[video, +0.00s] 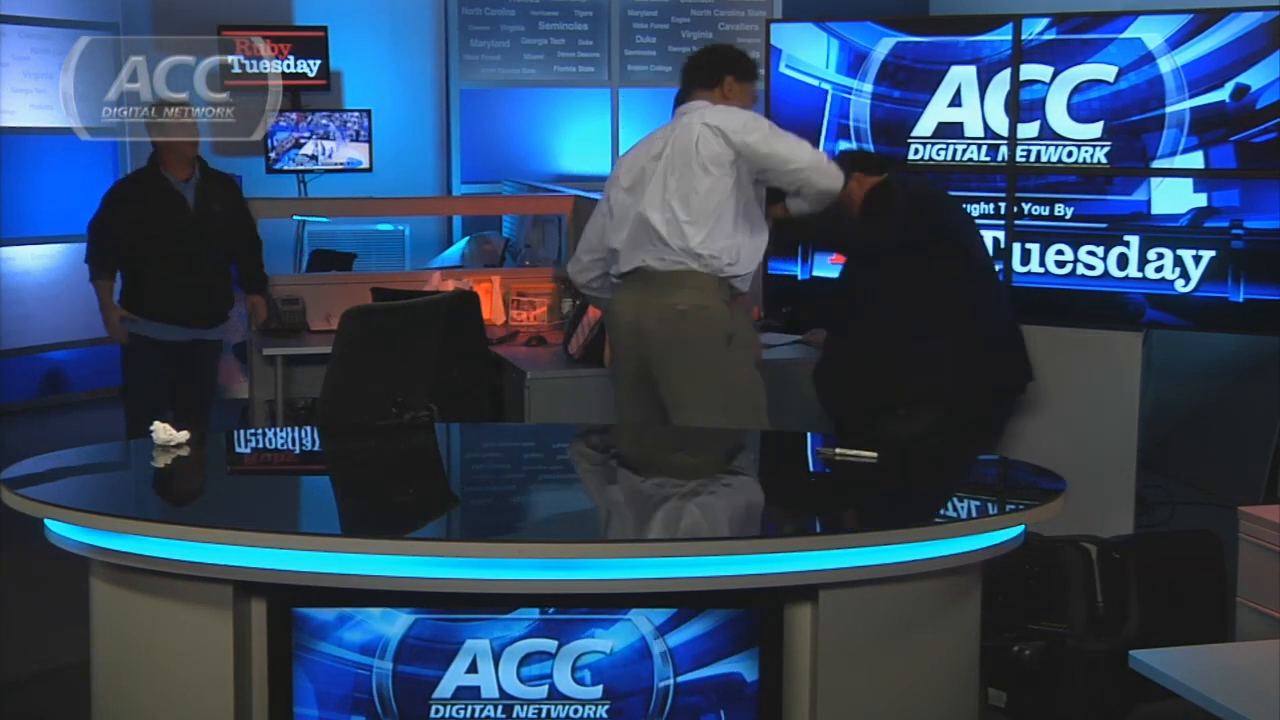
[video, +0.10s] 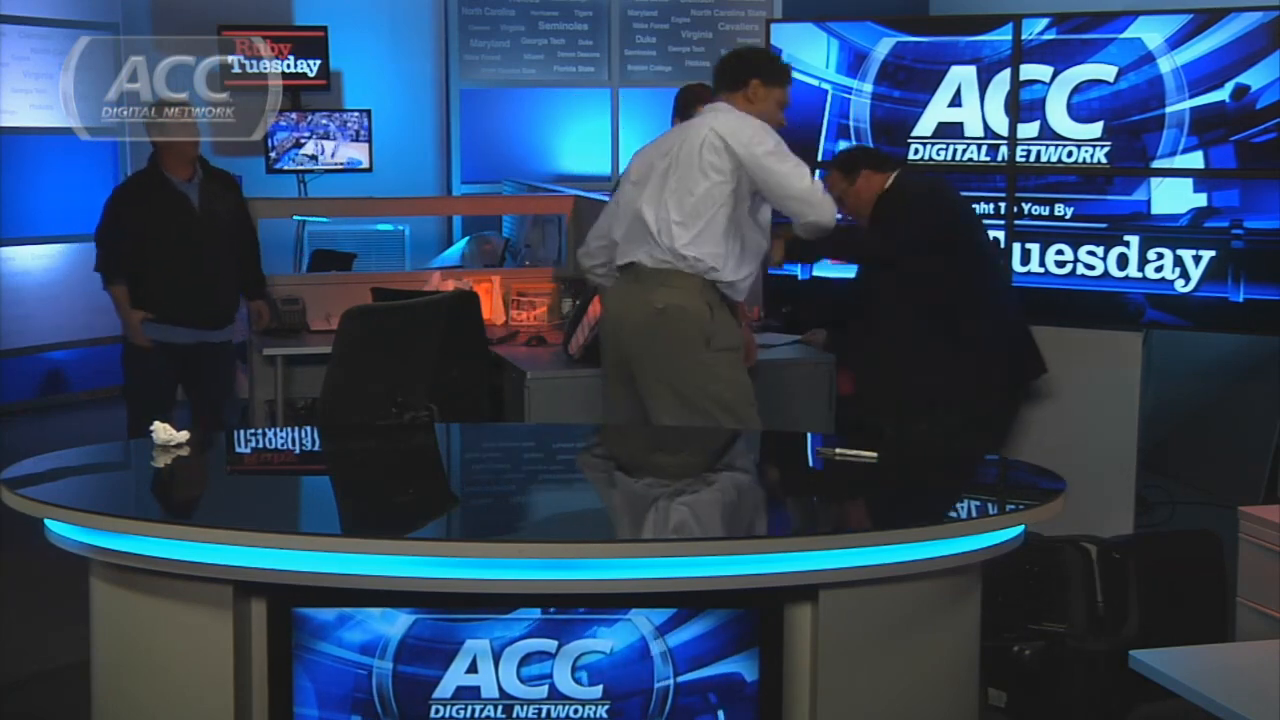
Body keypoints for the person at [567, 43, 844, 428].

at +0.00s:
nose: (753, 104)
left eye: (753, 95)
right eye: (750, 93)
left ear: (687, 91)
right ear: (728, 85)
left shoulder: (633, 157)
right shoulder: (727, 122)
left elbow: (585, 269)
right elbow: (826, 180)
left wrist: (635, 307)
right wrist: (781, 210)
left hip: (629, 312)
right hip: (698, 307)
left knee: (642, 459)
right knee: (714, 462)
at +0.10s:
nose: (782, 119)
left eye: (784, 109)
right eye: (779, 106)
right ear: (752, 91)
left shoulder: (653, 149)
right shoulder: (741, 128)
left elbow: (594, 255)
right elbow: (820, 215)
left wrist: (638, 299)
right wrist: (783, 240)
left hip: (623, 306)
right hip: (686, 308)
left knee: (630, 452)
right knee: (730, 457)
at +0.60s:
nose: (944, 212)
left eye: (951, 202)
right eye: (945, 197)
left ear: (908, 171)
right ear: (914, 174)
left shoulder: (810, 173)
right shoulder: (869, 207)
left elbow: (703, 227)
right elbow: (859, 337)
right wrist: (920, 346)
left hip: (669, 306)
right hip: (714, 325)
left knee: (704, 477)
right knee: (783, 469)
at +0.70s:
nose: (968, 240)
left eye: (975, 230)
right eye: (970, 226)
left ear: (925, 194)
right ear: (941, 202)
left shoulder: (835, 190)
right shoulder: (894, 237)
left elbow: (722, 230)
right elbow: (893, 366)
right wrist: (964, 410)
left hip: (681, 308)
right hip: (723, 332)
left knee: (706, 484)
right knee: (792, 471)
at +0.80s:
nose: (986, 270)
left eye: (994, 260)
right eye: (989, 255)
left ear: (949, 226)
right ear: (961, 234)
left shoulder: (857, 209)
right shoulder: (920, 271)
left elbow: (743, 236)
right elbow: (946, 396)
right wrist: (1020, 452)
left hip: (693, 307)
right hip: (736, 333)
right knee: (804, 469)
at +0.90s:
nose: (998, 293)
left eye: (1005, 282)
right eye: (1002, 280)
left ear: (957, 243)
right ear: (977, 260)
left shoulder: (868, 228)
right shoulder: (942, 311)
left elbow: (749, 243)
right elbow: (995, 419)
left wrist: (756, 312)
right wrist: (1079, 480)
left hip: (699, 314)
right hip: (748, 347)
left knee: (698, 470)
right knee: (808, 464)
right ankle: (715, 486)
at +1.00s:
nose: (999, 322)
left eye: (1008, 313)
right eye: (1007, 311)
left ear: (967, 264)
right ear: (992, 288)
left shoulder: (878, 243)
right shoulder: (954, 336)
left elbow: (759, 250)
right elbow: (1022, 431)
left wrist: (754, 319)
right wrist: (1105, 507)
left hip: (707, 314)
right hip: (752, 355)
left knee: (695, 476)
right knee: (806, 465)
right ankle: (675, 459)